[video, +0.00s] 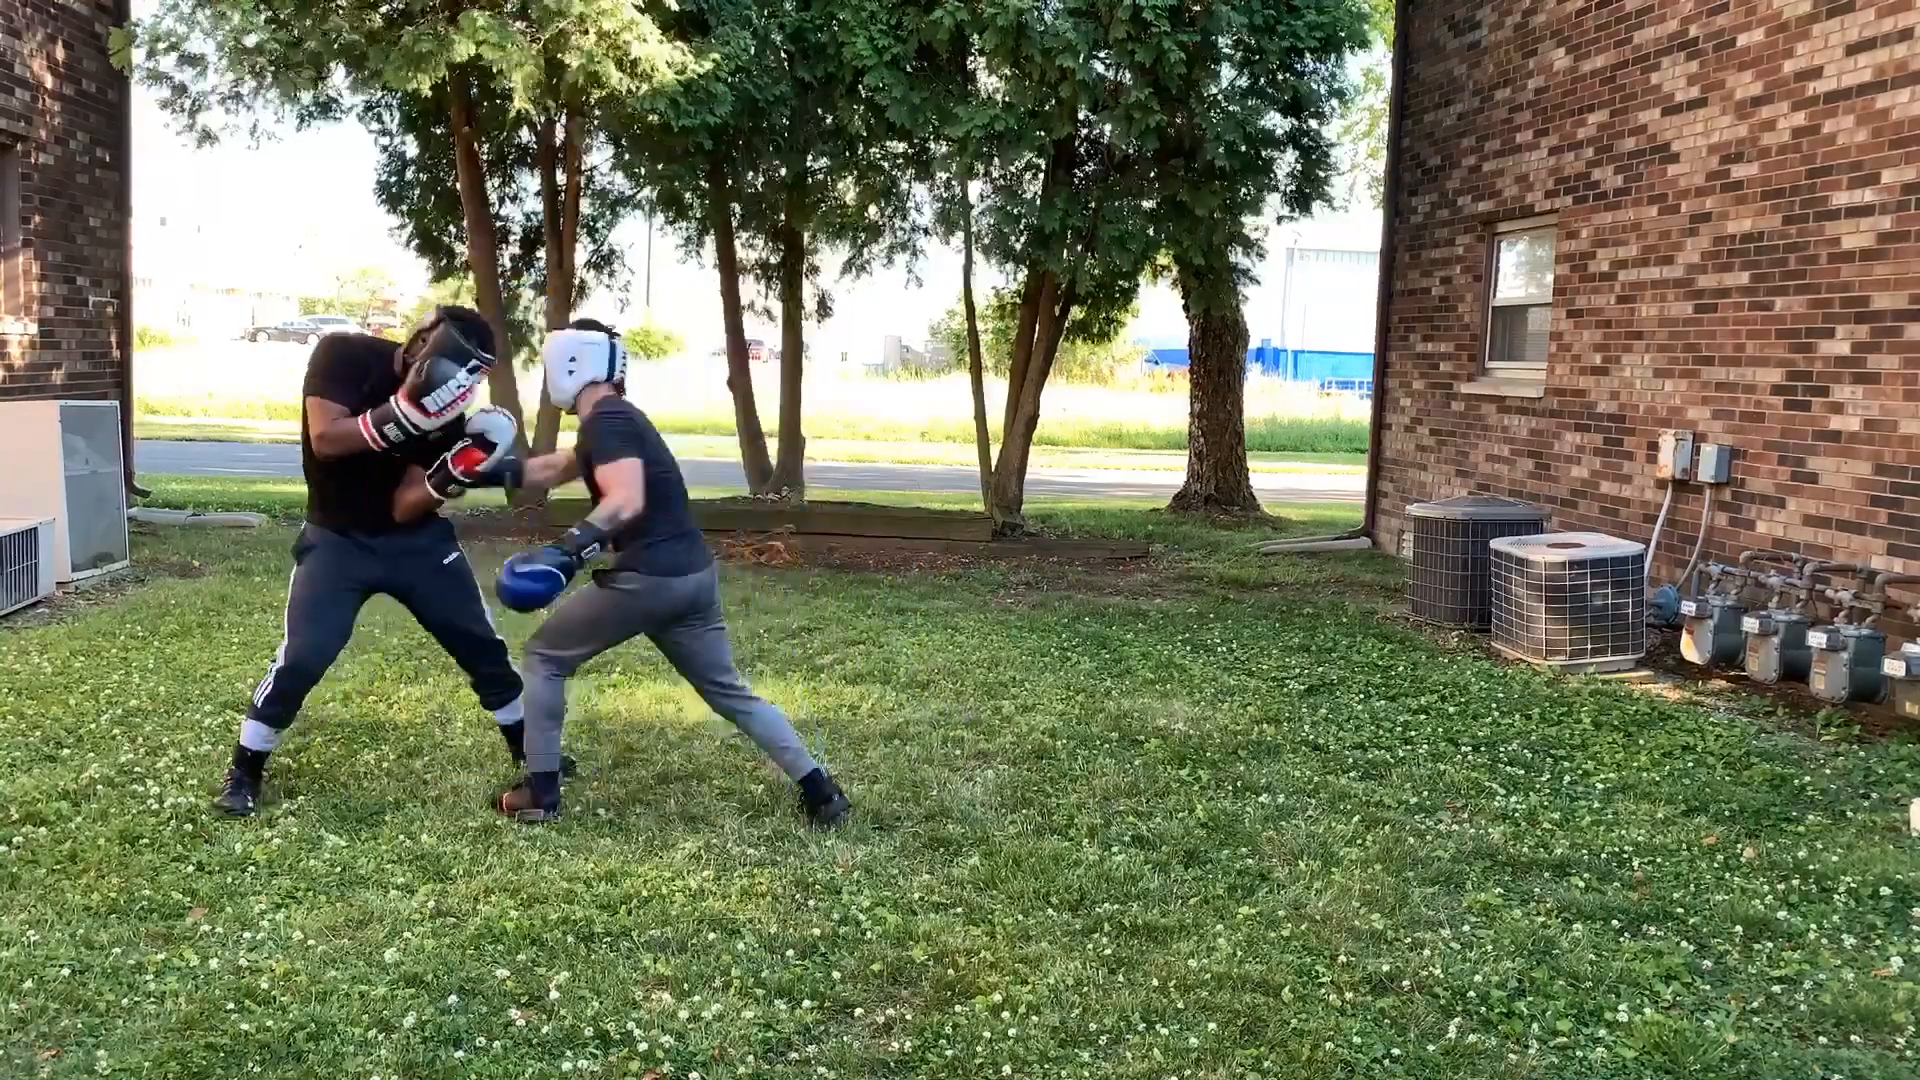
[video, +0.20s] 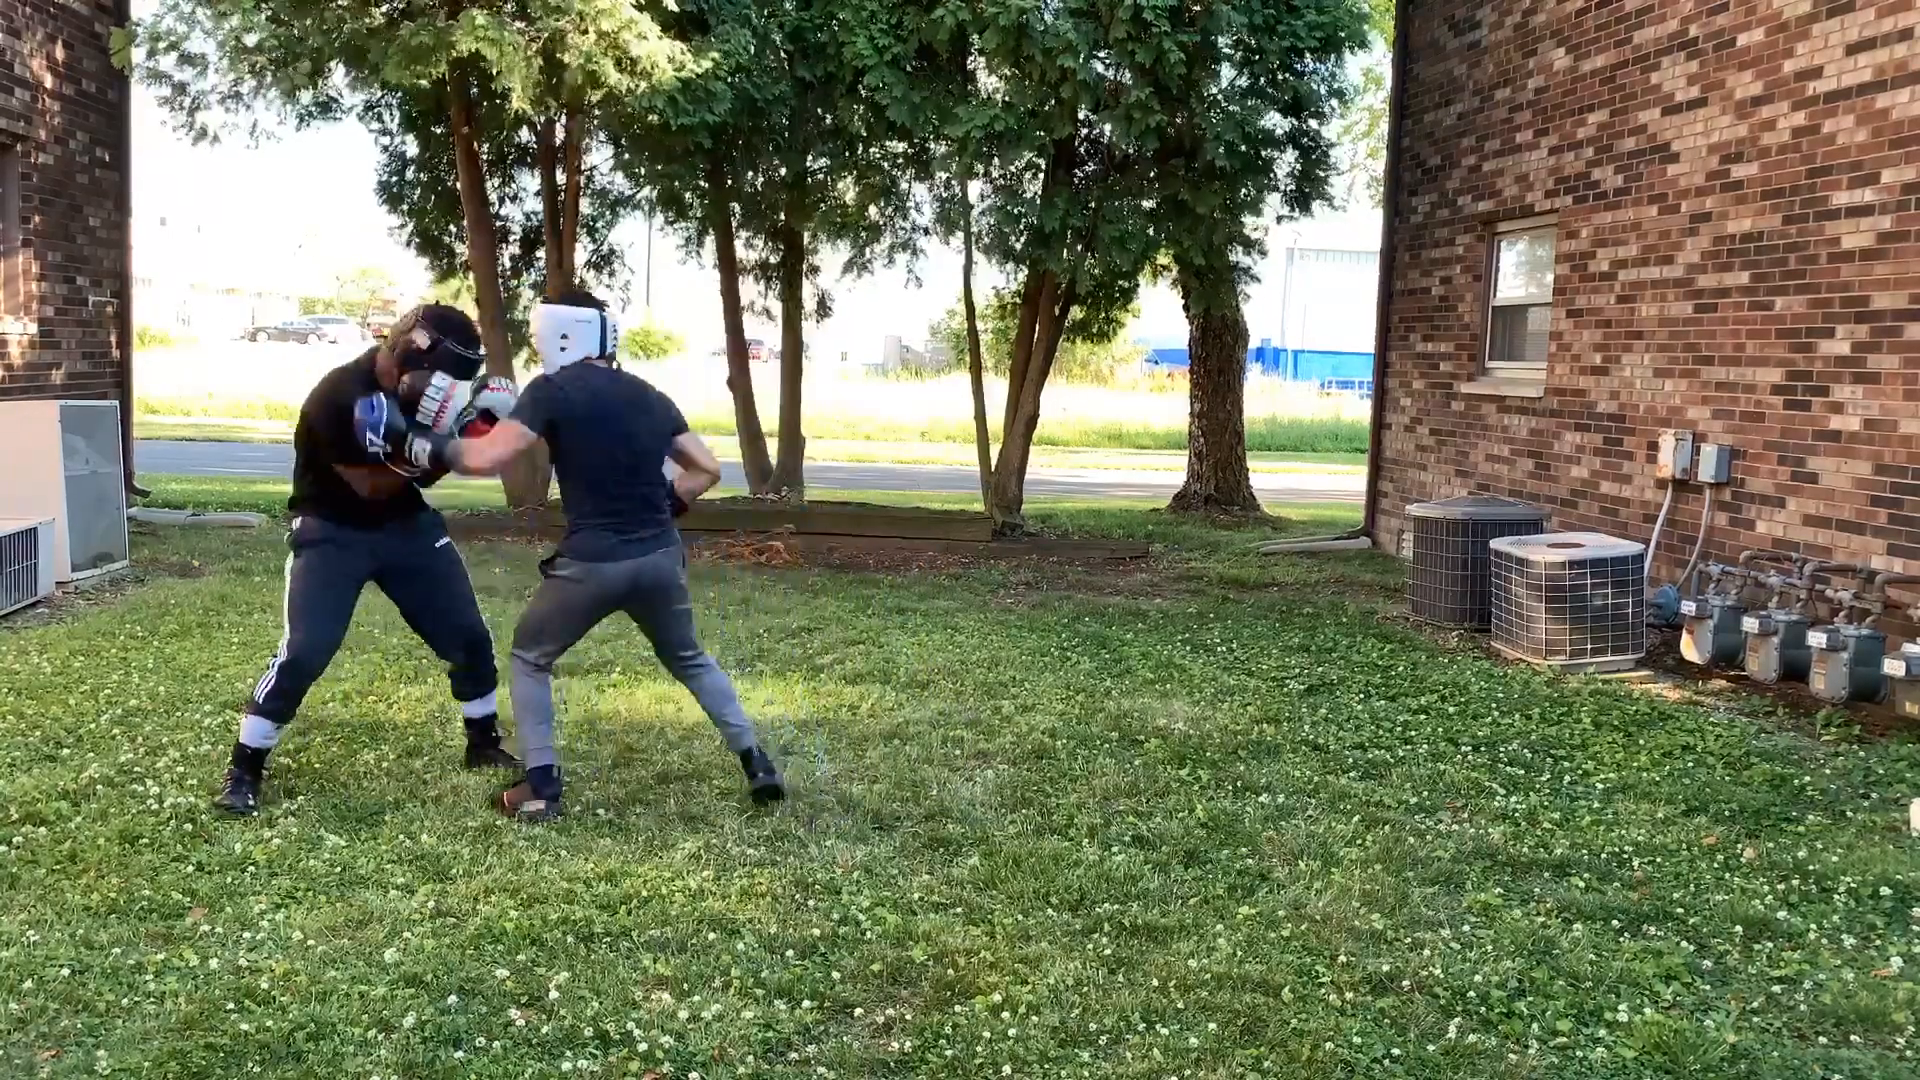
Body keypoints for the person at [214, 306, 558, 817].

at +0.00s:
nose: (442, 388)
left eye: (457, 382)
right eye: (439, 371)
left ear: (470, 381)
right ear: (420, 347)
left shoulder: (451, 417)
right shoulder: (342, 354)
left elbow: (405, 507)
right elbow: (324, 441)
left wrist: (450, 473)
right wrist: (401, 417)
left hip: (422, 545)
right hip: (337, 545)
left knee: (483, 650)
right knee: (304, 659)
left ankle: (533, 760)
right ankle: (246, 769)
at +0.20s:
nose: (440, 393)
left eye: (449, 385)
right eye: (435, 382)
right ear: (408, 359)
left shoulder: (422, 393)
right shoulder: (335, 400)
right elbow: (370, 486)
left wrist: (474, 425)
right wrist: (431, 449)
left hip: (410, 529)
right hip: (331, 536)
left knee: (469, 638)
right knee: (306, 652)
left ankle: (484, 744)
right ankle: (246, 767)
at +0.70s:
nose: (411, 342)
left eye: (422, 332)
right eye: (406, 328)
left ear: (431, 328)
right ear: (381, 315)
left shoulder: (419, 355)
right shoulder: (326, 362)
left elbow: (450, 426)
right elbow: (364, 443)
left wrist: (470, 354)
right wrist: (398, 384)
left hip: (405, 521)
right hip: (328, 526)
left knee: (445, 630)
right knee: (294, 639)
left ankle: (455, 732)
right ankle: (270, 720)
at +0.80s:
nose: (399, 330)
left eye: (411, 322)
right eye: (392, 315)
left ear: (429, 319)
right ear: (372, 298)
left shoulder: (421, 351)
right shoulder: (324, 340)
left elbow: (455, 430)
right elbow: (357, 413)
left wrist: (470, 354)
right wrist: (396, 352)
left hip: (397, 509)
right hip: (323, 514)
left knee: (445, 621)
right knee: (296, 634)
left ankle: (454, 726)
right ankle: (269, 720)